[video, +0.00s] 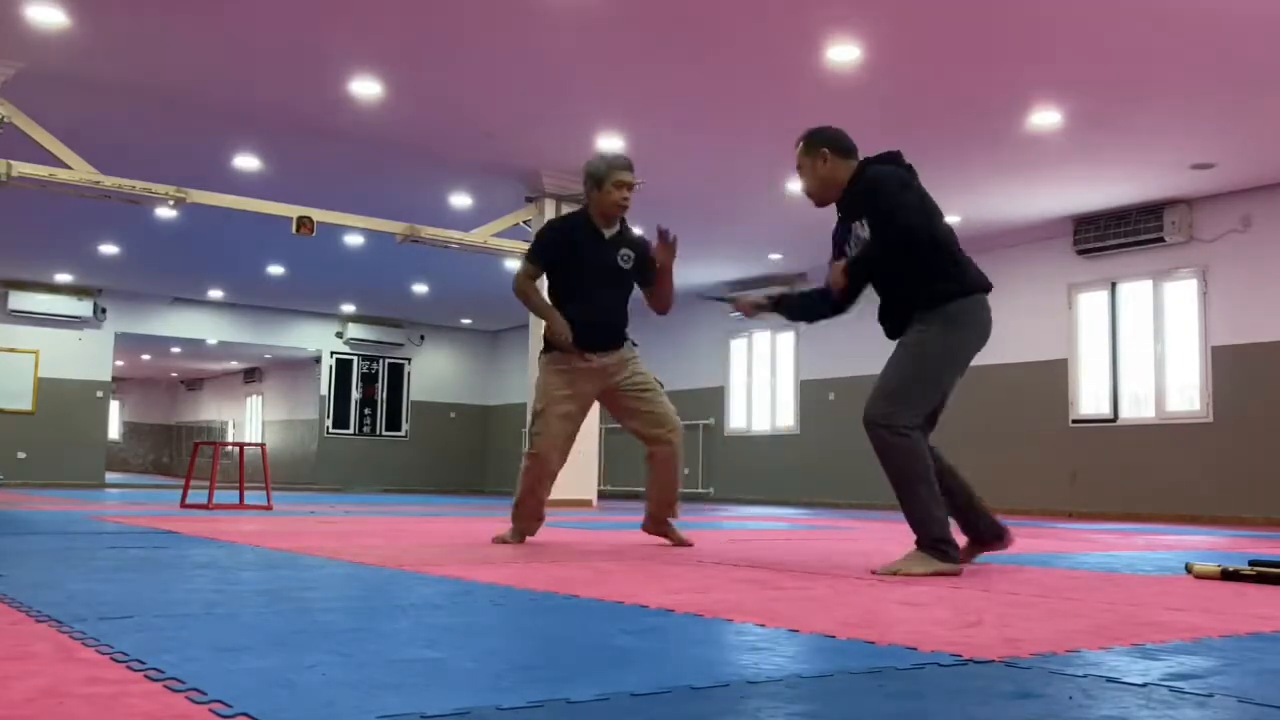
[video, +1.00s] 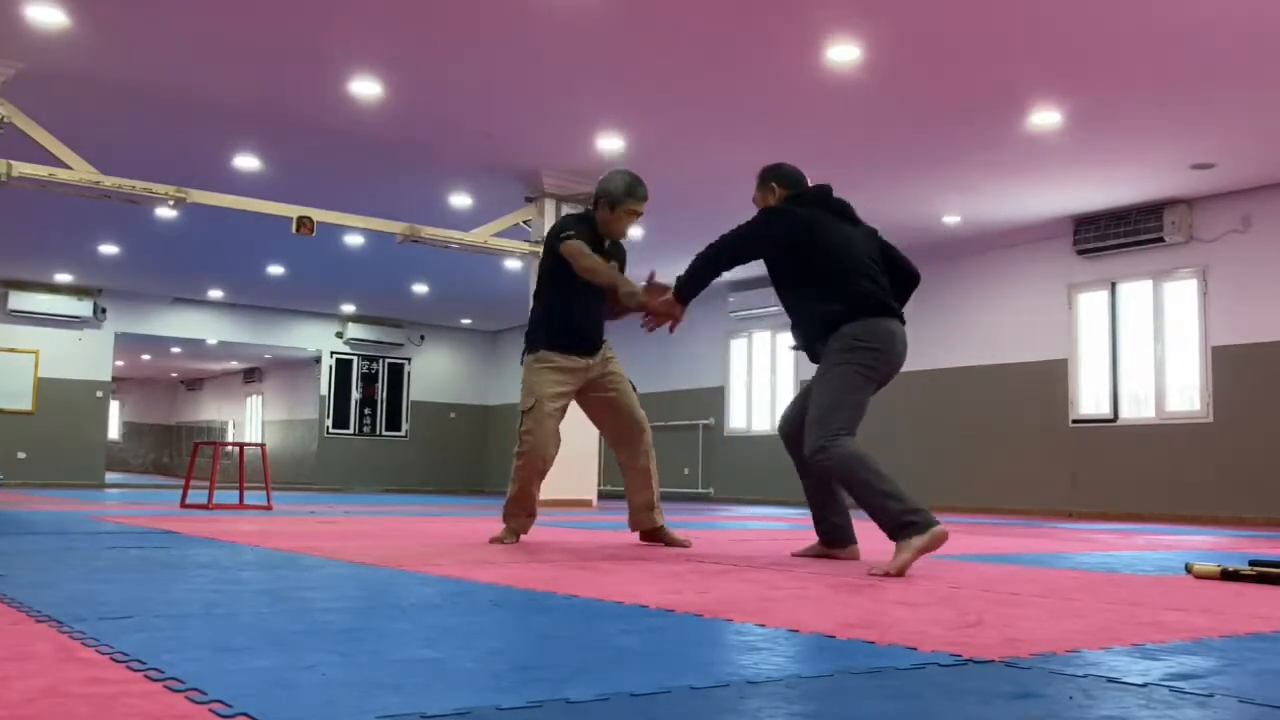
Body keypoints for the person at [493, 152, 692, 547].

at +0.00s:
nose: (627, 195)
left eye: (631, 188)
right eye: (619, 187)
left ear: (632, 192)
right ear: (592, 188)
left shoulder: (635, 244)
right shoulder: (558, 233)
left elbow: (661, 305)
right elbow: (522, 283)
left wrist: (665, 267)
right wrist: (551, 316)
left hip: (618, 361)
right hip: (565, 363)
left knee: (666, 430)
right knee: (545, 449)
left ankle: (658, 518)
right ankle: (521, 528)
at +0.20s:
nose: (609, 194)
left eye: (614, 186)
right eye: (601, 184)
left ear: (618, 190)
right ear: (576, 184)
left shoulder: (622, 238)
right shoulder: (543, 225)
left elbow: (635, 299)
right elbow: (512, 273)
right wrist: (526, 305)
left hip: (608, 355)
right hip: (553, 356)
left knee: (644, 436)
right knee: (534, 442)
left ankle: (649, 521)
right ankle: (522, 525)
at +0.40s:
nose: (621, 196)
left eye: (627, 189)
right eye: (614, 187)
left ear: (630, 191)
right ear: (589, 185)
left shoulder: (633, 240)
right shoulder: (554, 225)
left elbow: (641, 298)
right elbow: (518, 270)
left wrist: (637, 321)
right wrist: (538, 301)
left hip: (613, 357)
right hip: (558, 357)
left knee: (644, 435)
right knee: (538, 441)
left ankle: (655, 528)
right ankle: (521, 526)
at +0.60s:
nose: (635, 202)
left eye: (640, 194)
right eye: (629, 192)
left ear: (641, 195)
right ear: (603, 189)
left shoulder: (636, 239)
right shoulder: (565, 222)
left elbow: (642, 307)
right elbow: (526, 272)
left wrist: (644, 269)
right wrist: (562, 298)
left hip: (614, 354)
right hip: (561, 354)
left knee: (647, 433)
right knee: (540, 441)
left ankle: (656, 528)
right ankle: (520, 526)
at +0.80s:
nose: (637, 214)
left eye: (641, 206)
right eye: (634, 204)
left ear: (624, 202)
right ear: (608, 197)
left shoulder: (614, 241)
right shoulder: (578, 222)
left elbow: (610, 301)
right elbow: (614, 261)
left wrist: (628, 274)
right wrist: (671, 274)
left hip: (601, 357)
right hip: (554, 357)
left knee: (636, 436)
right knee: (538, 447)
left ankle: (652, 527)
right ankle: (515, 527)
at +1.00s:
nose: (632, 224)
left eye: (636, 217)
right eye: (629, 215)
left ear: (622, 212)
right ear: (603, 206)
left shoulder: (615, 250)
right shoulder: (567, 230)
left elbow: (607, 307)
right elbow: (586, 266)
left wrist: (641, 299)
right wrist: (632, 290)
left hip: (596, 359)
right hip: (549, 360)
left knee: (635, 430)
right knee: (537, 447)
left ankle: (649, 524)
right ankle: (513, 527)